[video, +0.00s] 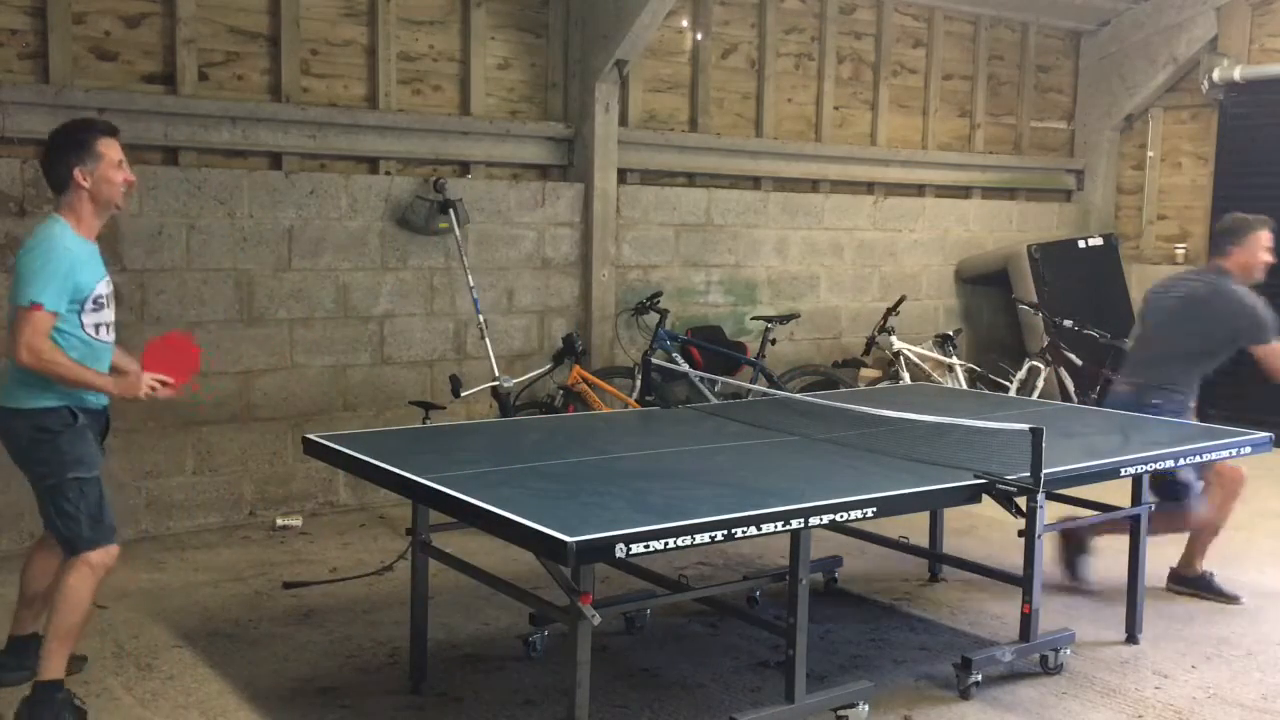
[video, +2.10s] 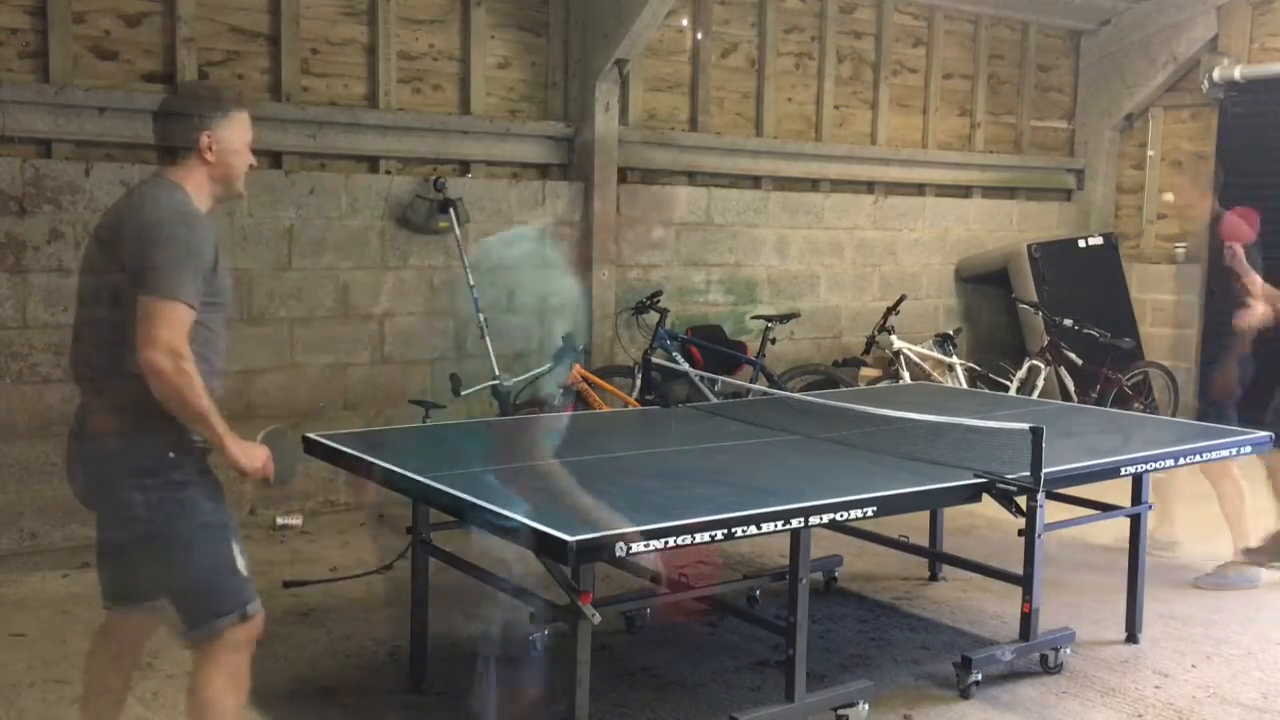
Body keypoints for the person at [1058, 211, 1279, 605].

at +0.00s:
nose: (1270, 259)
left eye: (1270, 250)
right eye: (1264, 249)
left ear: (1222, 252)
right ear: (1234, 251)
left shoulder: (1168, 285)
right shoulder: (1243, 304)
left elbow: (1146, 348)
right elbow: (1274, 367)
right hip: (1163, 419)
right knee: (1187, 513)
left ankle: (1189, 569)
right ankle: (1082, 530)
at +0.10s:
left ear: (1253, 258)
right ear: (1278, 262)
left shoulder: (1202, 288)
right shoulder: (1273, 299)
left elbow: (1150, 338)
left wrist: (1156, 385)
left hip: (1150, 405)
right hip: (1198, 410)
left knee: (1241, 480)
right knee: (1268, 488)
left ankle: (1193, 565)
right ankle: (1193, 563)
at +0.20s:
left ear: (1267, 270)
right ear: (1279, 275)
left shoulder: (1226, 289)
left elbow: (1179, 341)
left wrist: (1154, 394)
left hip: (1201, 404)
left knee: (1268, 485)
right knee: (1271, 484)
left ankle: (1204, 559)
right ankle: (1203, 559)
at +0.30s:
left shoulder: (1255, 294)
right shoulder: (1259, 293)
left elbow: (1202, 346)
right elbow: (1202, 346)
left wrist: (1176, 399)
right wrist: (1177, 400)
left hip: (1245, 409)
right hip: (1270, 409)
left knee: (1277, 497)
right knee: (1277, 498)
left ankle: (1222, 556)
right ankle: (1221, 556)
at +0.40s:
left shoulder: (1272, 288)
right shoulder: (1271, 288)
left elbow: (1243, 345)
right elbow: (1244, 345)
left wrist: (1225, 397)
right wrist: (1226, 398)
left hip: (1269, 406)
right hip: (1271, 406)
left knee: (1279, 487)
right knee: (1278, 489)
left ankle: (1262, 556)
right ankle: (1261, 557)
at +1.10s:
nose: (1226, 213)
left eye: (1236, 204)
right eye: (1220, 205)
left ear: (1262, 207)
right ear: (1215, 209)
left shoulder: (1276, 247)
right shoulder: (1216, 262)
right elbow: (1205, 324)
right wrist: (1179, 372)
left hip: (1278, 381)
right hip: (1248, 379)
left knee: (1263, 476)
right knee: (1218, 459)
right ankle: (1210, 538)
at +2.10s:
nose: (1173, 200)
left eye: (1179, 192)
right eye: (1173, 192)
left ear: (1202, 192)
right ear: (1200, 193)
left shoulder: (1224, 234)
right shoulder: (1204, 233)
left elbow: (1245, 303)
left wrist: (1230, 362)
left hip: (1223, 358)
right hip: (1205, 353)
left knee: (1214, 455)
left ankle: (1244, 555)